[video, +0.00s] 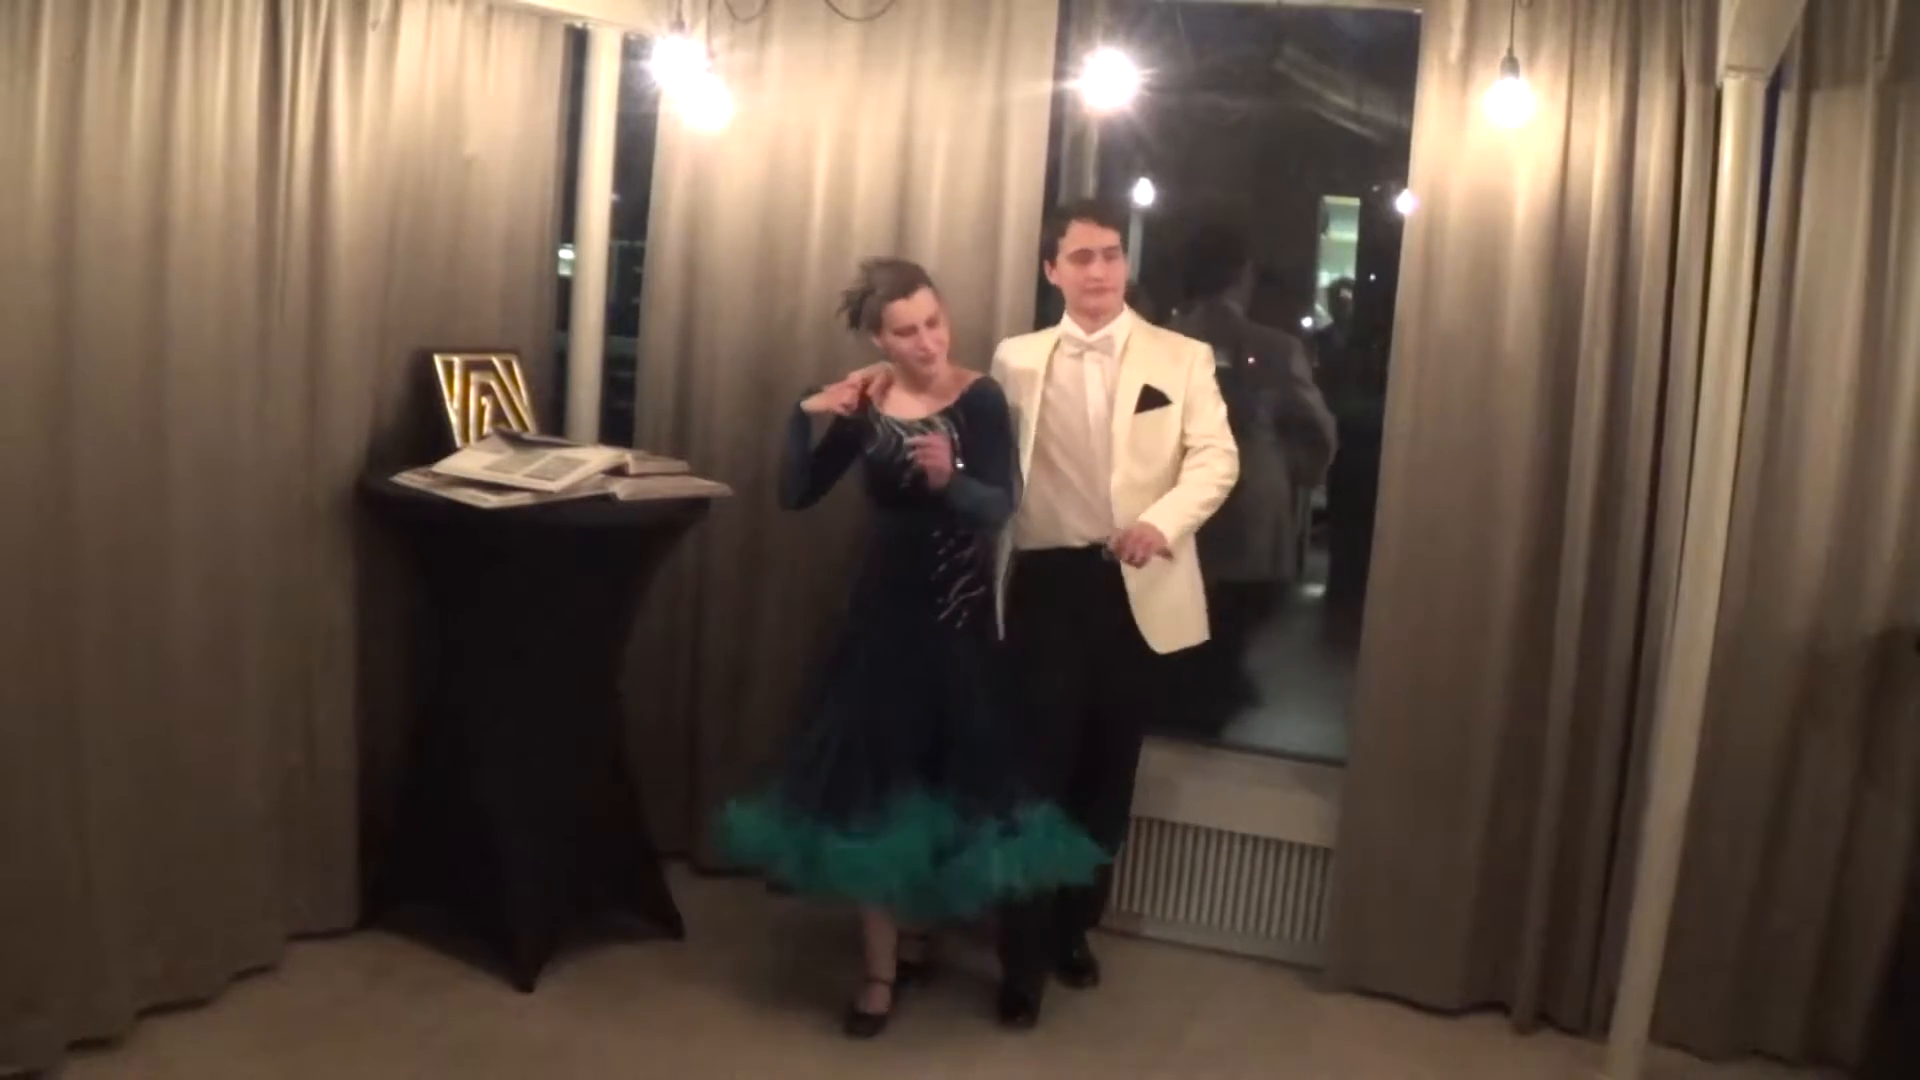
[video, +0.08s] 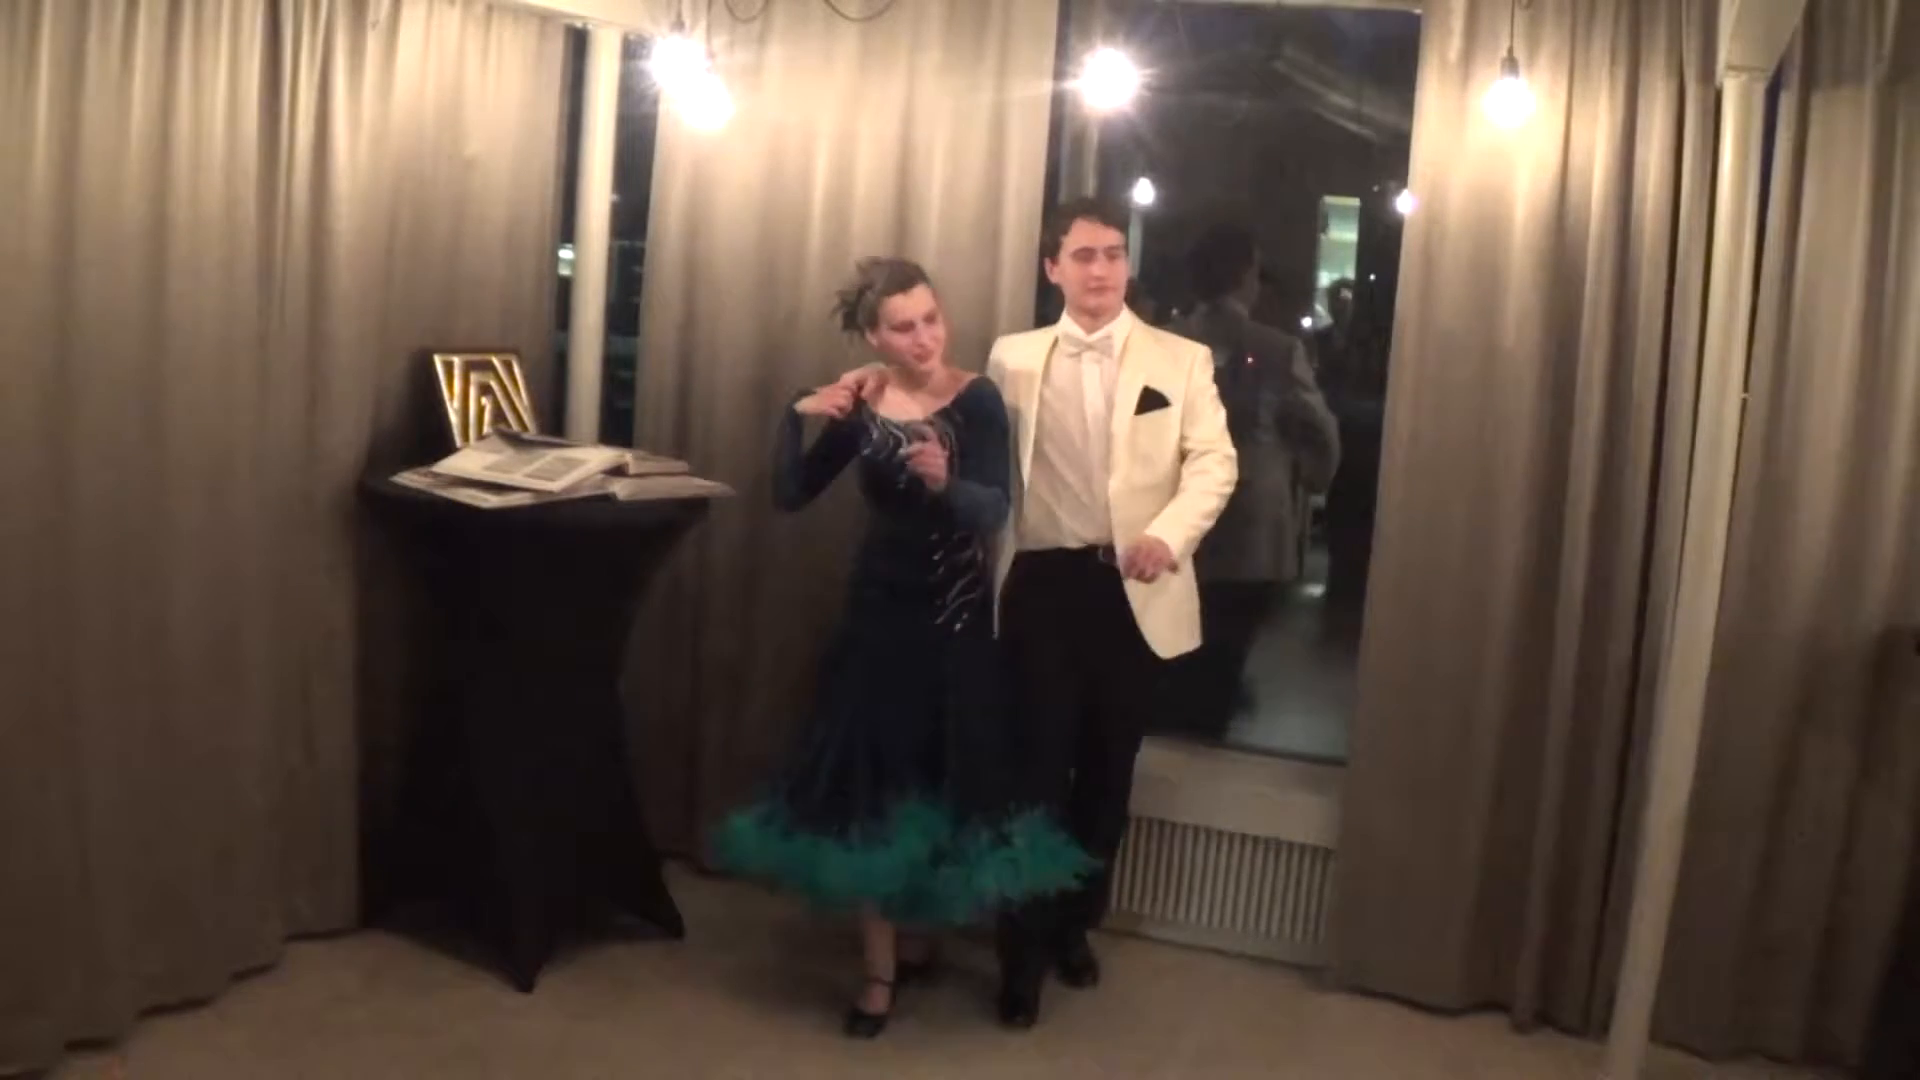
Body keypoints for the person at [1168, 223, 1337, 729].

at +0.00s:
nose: (1248, 283)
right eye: (1248, 274)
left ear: (1188, 274)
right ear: (1244, 275)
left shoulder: (1160, 341)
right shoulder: (1276, 348)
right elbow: (1317, 429)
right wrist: (1298, 473)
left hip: (1172, 490)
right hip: (1251, 497)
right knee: (1255, 594)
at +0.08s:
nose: (1257, 281)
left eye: (1255, 272)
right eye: (1255, 271)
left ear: (1194, 275)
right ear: (1247, 275)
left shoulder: (1166, 343)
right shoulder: (1277, 349)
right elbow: (1316, 427)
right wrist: (1312, 478)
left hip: (1174, 497)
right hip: (1254, 507)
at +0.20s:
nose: (1264, 286)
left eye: (1261, 276)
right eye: (1262, 276)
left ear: (1198, 277)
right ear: (1253, 279)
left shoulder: (1170, 344)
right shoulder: (1281, 351)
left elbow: (1146, 430)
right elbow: (1310, 432)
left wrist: (1148, 490)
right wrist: (1321, 500)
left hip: (1174, 507)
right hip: (1252, 513)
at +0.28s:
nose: (1270, 284)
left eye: (1265, 276)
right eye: (1268, 276)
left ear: (1208, 277)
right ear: (1262, 282)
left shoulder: (1169, 343)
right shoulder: (1284, 356)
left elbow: (1144, 434)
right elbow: (1305, 448)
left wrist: (1142, 500)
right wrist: (1323, 519)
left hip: (1174, 513)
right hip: (1253, 522)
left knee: (1170, 627)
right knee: (1247, 640)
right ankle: (1217, 754)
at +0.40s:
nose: (1280, 291)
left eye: (1275, 282)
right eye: (1278, 282)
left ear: (1217, 279)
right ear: (1272, 286)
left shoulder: (1167, 348)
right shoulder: (1287, 364)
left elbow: (1143, 453)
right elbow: (1303, 474)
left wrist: (1142, 538)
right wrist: (1314, 556)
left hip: (1172, 559)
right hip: (1255, 571)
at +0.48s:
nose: (1294, 292)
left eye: (1291, 281)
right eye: (1291, 281)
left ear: (1230, 277)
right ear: (1277, 285)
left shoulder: (1172, 342)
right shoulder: (1289, 362)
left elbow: (1145, 448)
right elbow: (1301, 470)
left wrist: (1147, 532)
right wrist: (1313, 554)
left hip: (1176, 548)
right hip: (1258, 560)